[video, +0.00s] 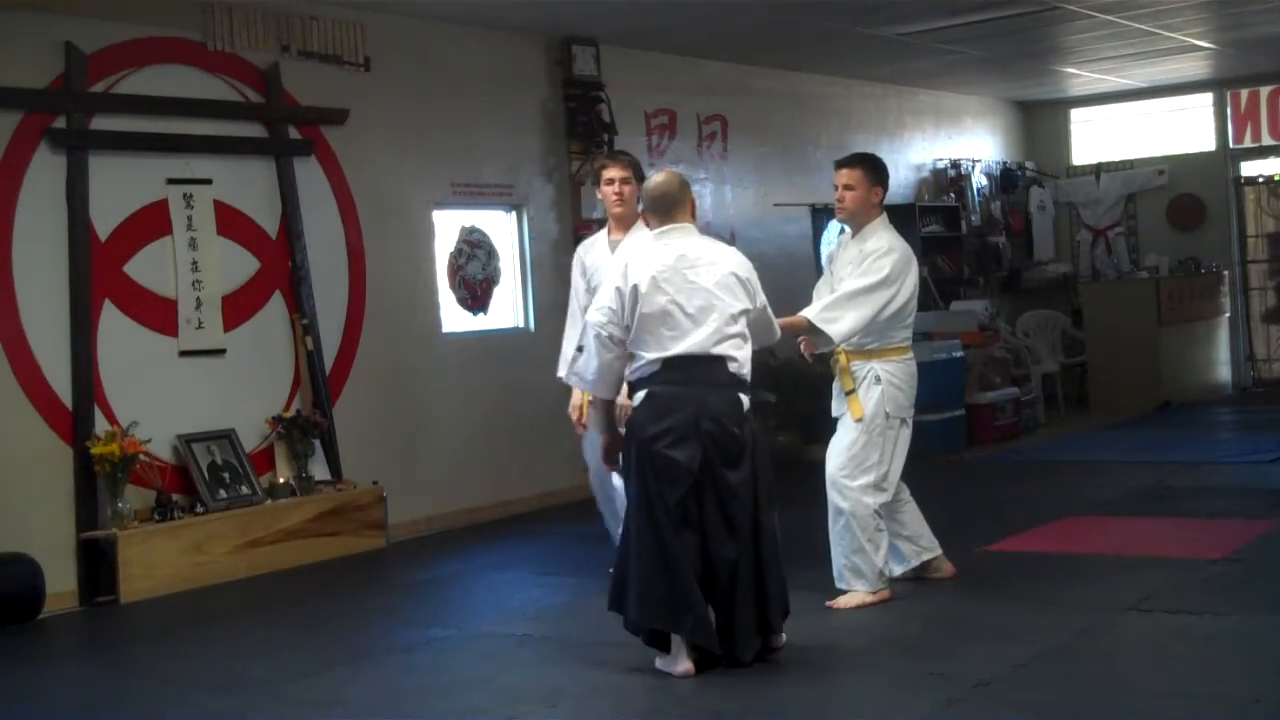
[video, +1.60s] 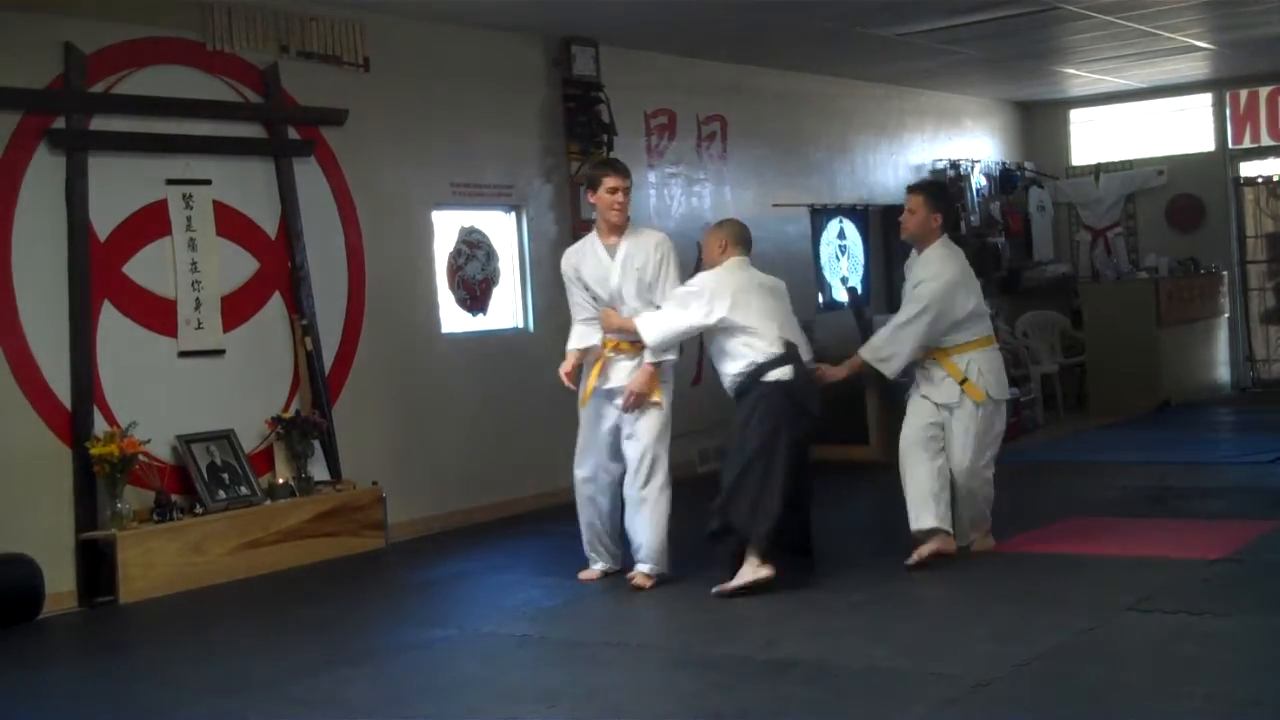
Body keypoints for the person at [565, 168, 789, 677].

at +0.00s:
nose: (700, 211)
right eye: (697, 204)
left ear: (645, 214)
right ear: (692, 208)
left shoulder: (629, 263)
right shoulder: (732, 260)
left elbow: (605, 346)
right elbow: (766, 333)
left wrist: (607, 427)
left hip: (659, 405)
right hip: (727, 401)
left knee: (664, 526)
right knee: (745, 514)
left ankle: (679, 650)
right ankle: (767, 627)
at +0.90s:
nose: (710, 236)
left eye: (710, 230)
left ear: (713, 233)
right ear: (758, 237)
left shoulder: (683, 285)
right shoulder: (779, 285)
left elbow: (651, 350)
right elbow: (807, 357)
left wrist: (640, 408)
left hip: (699, 394)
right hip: (758, 393)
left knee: (709, 499)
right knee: (762, 502)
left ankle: (727, 600)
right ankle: (760, 611)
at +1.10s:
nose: (700, 247)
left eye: (698, 242)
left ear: (701, 243)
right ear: (743, 244)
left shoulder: (679, 288)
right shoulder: (768, 283)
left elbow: (640, 338)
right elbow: (816, 353)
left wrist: (617, 386)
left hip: (707, 386)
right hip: (762, 384)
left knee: (716, 489)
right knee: (774, 487)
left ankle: (731, 584)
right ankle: (778, 562)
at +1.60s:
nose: (702, 252)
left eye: (704, 245)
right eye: (703, 245)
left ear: (721, 245)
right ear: (741, 247)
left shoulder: (715, 283)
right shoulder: (774, 284)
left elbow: (663, 324)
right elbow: (801, 344)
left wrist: (621, 324)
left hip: (767, 388)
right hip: (799, 383)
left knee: (749, 469)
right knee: (788, 472)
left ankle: (754, 560)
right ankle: (791, 554)